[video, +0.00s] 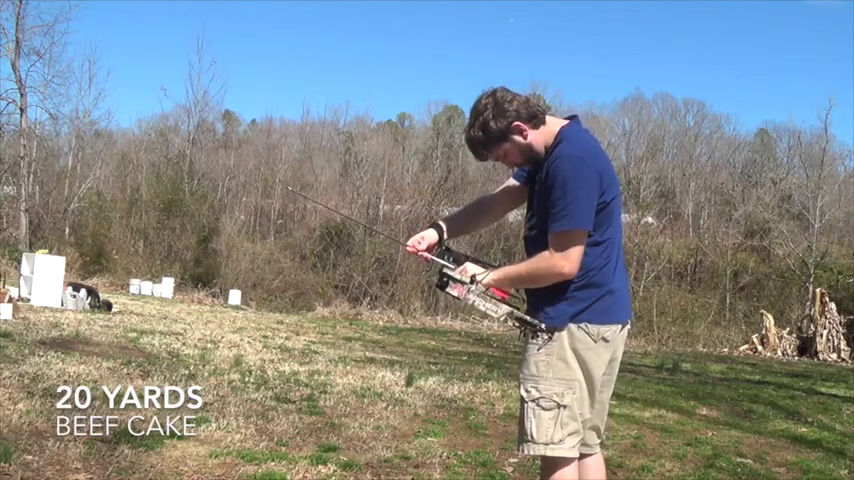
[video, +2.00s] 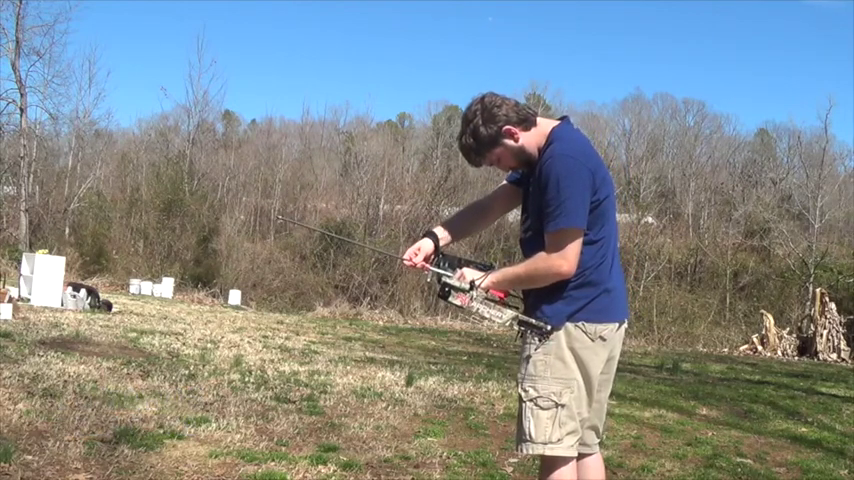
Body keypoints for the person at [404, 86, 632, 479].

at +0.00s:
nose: (505, 163)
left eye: (502, 156)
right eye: (499, 160)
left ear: (520, 130)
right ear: (521, 126)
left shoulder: (570, 160)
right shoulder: (559, 148)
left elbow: (564, 262)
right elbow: (499, 201)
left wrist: (491, 277)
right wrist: (440, 231)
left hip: (573, 319)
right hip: (593, 316)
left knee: (558, 449)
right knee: (586, 445)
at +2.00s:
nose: (499, 167)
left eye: (495, 160)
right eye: (492, 164)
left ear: (511, 133)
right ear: (513, 129)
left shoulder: (563, 159)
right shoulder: (551, 150)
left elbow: (562, 262)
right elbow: (493, 205)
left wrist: (489, 280)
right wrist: (436, 238)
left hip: (571, 319)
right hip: (589, 315)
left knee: (557, 449)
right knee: (584, 445)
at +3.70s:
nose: (502, 150)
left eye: (497, 139)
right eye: (495, 144)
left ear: (508, 114)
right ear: (545, 109)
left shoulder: (530, 150)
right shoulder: (601, 144)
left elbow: (523, 252)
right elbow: (590, 244)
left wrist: (482, 316)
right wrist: (533, 333)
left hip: (567, 315)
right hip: (622, 311)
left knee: (557, 452)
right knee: (601, 450)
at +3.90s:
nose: (501, 148)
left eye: (496, 136)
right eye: (495, 141)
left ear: (507, 111)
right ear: (543, 107)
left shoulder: (529, 150)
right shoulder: (599, 144)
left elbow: (523, 252)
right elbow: (585, 246)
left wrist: (483, 314)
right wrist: (529, 331)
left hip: (567, 313)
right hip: (620, 308)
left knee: (556, 452)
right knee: (600, 449)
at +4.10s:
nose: (501, 146)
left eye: (496, 135)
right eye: (494, 139)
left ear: (506, 110)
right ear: (540, 106)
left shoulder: (527, 150)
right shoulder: (596, 143)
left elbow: (521, 254)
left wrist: (478, 315)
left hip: (565, 312)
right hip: (618, 308)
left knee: (554, 451)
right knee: (598, 449)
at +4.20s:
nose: (499, 147)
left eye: (494, 136)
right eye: (492, 140)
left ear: (505, 111)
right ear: (541, 107)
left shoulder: (526, 151)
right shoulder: (596, 144)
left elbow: (520, 254)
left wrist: (477, 314)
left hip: (565, 311)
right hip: (618, 307)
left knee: (553, 450)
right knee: (598, 448)